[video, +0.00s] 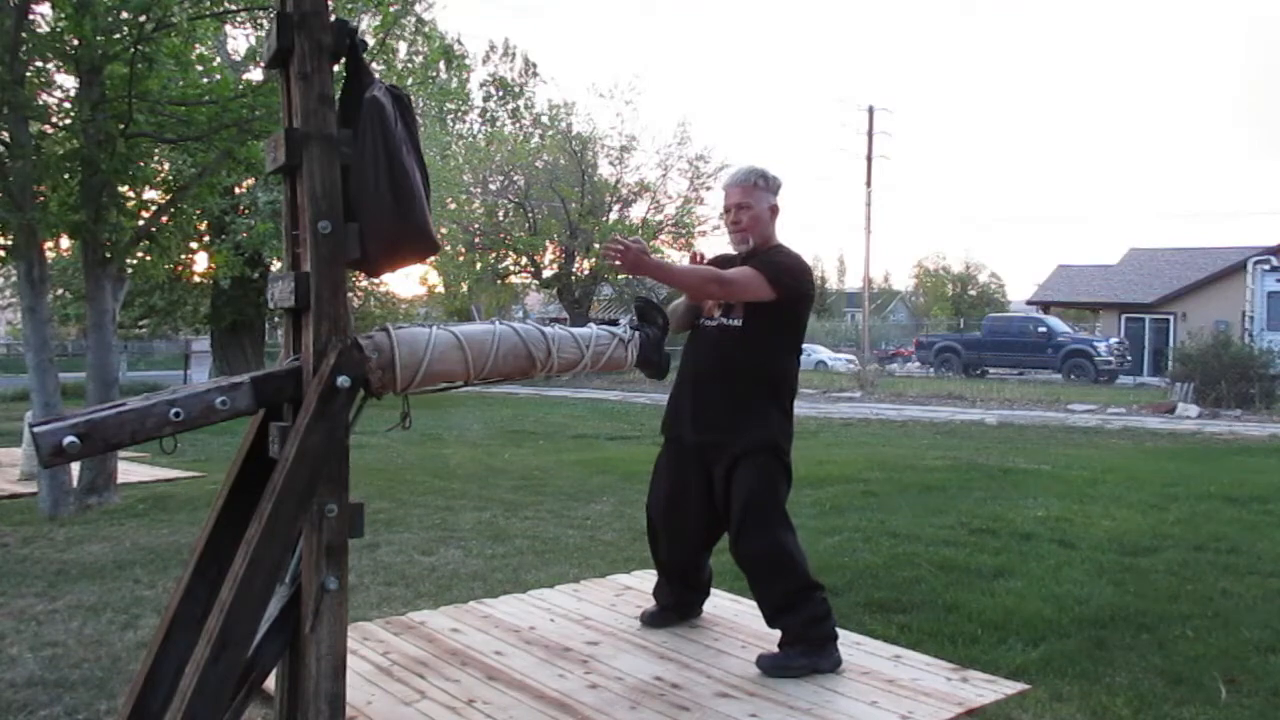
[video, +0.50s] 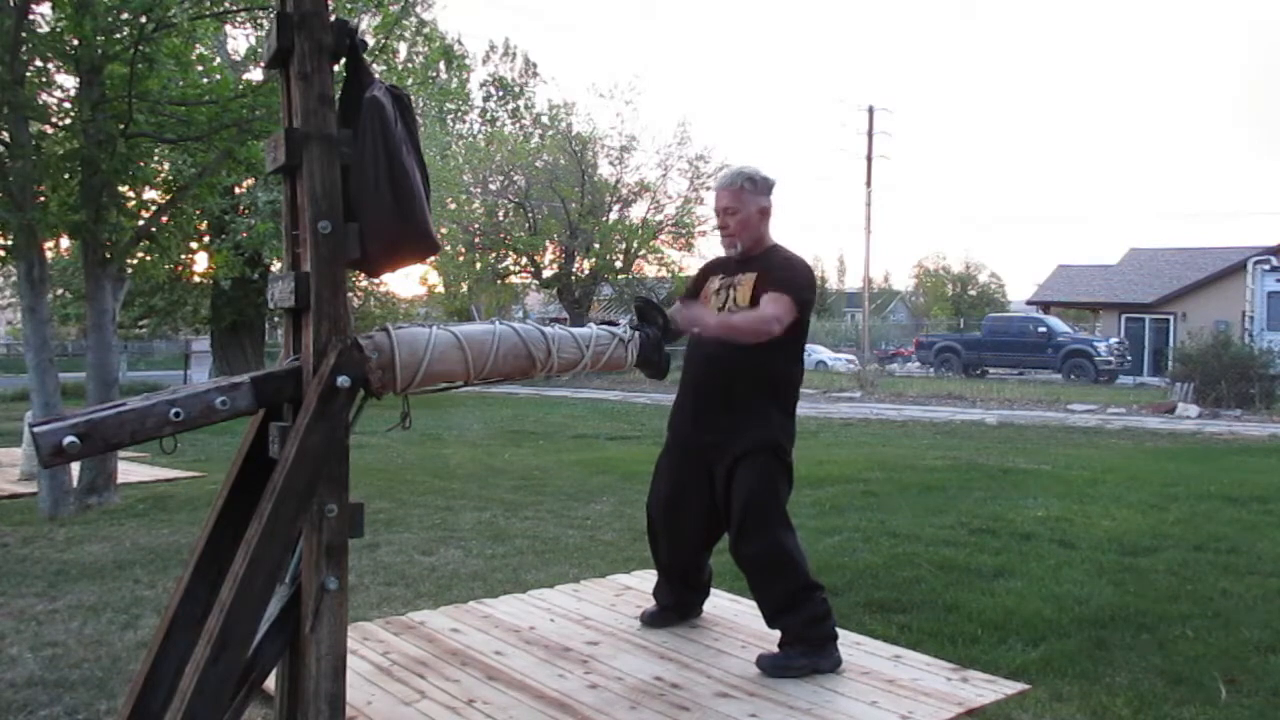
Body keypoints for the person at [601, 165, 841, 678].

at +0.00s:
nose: (735, 219)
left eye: (745, 209)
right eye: (729, 210)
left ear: (773, 210)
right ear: (723, 216)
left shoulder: (788, 270)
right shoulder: (714, 268)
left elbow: (719, 284)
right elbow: (672, 324)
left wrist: (650, 267)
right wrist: (692, 289)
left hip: (754, 431)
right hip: (692, 424)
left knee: (759, 536)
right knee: (672, 515)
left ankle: (813, 642)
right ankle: (680, 599)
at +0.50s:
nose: (723, 222)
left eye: (734, 213)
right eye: (719, 212)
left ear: (766, 212)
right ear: (717, 213)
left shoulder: (790, 270)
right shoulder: (709, 274)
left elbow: (768, 323)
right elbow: (682, 318)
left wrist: (700, 320)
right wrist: (656, 324)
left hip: (757, 428)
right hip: (694, 423)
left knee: (759, 533)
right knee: (670, 512)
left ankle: (813, 642)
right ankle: (680, 598)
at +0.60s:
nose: (720, 221)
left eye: (730, 212)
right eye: (717, 212)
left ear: (763, 212)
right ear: (716, 212)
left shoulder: (788, 271)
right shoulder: (709, 271)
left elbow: (794, 343)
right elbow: (677, 334)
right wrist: (643, 377)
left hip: (756, 421)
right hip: (696, 417)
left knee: (758, 530)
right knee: (672, 508)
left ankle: (812, 642)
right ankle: (681, 598)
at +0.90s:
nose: (722, 219)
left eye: (733, 209)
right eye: (719, 209)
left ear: (767, 211)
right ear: (718, 209)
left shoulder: (793, 268)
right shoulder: (708, 270)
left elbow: (803, 333)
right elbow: (677, 330)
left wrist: (743, 374)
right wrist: (654, 387)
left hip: (770, 423)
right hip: (711, 417)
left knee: (763, 527)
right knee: (677, 507)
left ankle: (814, 642)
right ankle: (681, 597)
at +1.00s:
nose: (725, 216)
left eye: (736, 207)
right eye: (722, 207)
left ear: (770, 210)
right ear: (722, 208)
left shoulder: (797, 265)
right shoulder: (712, 268)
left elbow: (791, 321)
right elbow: (678, 312)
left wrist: (718, 314)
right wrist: (656, 320)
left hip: (772, 426)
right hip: (712, 421)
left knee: (767, 528)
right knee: (681, 508)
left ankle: (815, 642)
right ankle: (682, 597)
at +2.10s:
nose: (727, 222)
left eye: (737, 213)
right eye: (722, 213)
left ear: (768, 213)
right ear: (718, 212)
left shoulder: (796, 274)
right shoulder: (712, 273)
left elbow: (808, 348)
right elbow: (683, 332)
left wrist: (755, 389)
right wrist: (658, 359)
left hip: (762, 425)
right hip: (700, 419)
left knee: (762, 533)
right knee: (674, 514)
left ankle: (815, 642)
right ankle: (682, 598)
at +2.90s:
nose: (717, 224)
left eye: (729, 215)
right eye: (714, 214)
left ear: (761, 217)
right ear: (710, 216)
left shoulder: (794, 281)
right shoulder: (694, 281)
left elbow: (820, 354)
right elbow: (652, 342)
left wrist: (830, 422)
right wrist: (616, 395)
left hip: (768, 440)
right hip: (702, 436)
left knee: (785, 538)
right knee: (678, 523)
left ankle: (818, 652)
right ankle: (684, 603)